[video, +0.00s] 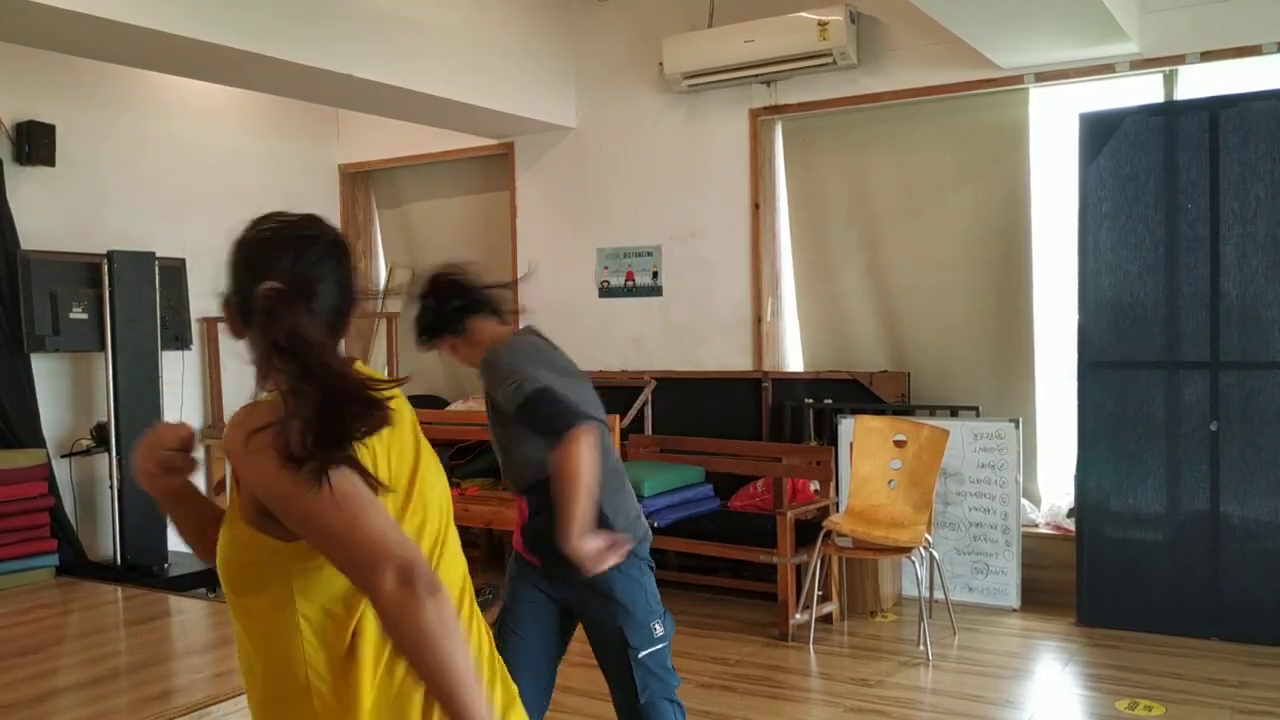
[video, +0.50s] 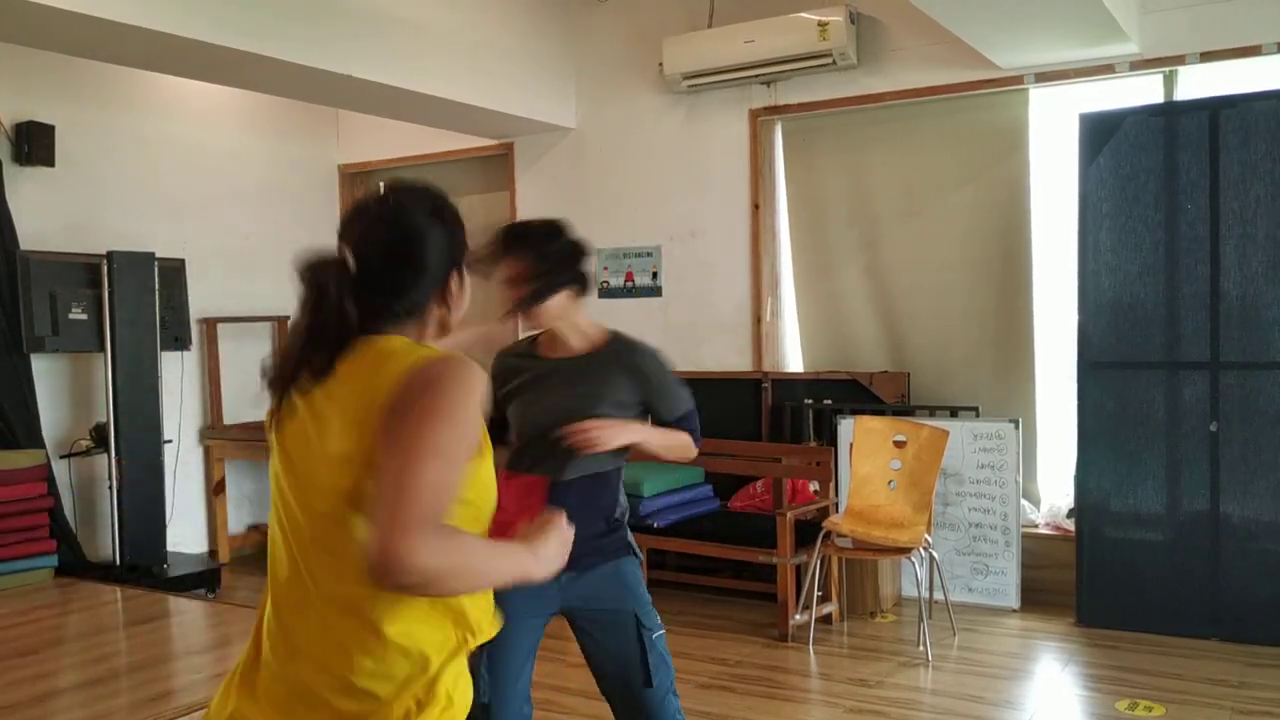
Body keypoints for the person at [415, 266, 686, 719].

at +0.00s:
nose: (452, 358)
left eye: (445, 348)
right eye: (444, 349)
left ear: (450, 338)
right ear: (485, 310)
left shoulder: (508, 359)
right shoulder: (526, 349)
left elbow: (579, 429)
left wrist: (573, 535)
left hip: (604, 553)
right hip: (542, 555)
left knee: (649, 703)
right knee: (512, 700)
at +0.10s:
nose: (435, 377)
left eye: (423, 367)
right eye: (426, 370)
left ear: (429, 356)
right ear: (458, 326)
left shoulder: (499, 367)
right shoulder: (520, 358)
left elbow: (505, 493)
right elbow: (611, 403)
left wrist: (439, 579)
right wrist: (617, 474)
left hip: (602, 554)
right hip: (537, 559)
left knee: (647, 702)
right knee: (508, 697)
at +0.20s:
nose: (429, 373)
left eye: (417, 362)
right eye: (419, 364)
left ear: (426, 348)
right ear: (452, 321)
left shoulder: (505, 365)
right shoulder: (517, 360)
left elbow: (494, 482)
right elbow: (600, 423)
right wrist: (634, 489)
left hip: (602, 556)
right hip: (533, 564)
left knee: (651, 703)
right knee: (509, 703)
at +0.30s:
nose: (431, 361)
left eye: (425, 350)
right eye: (422, 353)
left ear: (443, 330)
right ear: (450, 324)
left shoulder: (526, 366)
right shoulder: (502, 372)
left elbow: (520, 482)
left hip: (602, 553)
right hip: (535, 555)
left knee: (647, 700)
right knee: (510, 699)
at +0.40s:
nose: (452, 339)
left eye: (455, 325)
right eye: (449, 327)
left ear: (484, 313)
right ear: (484, 314)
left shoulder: (558, 361)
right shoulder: (511, 374)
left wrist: (509, 451)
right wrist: (483, 436)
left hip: (599, 559)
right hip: (533, 557)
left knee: (653, 701)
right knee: (505, 698)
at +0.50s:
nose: (511, 298)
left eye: (520, 283)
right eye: (507, 284)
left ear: (561, 282)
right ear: (509, 288)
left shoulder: (632, 361)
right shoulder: (511, 365)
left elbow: (687, 443)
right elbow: (502, 447)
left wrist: (630, 432)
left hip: (603, 562)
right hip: (517, 566)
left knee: (653, 706)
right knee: (499, 705)